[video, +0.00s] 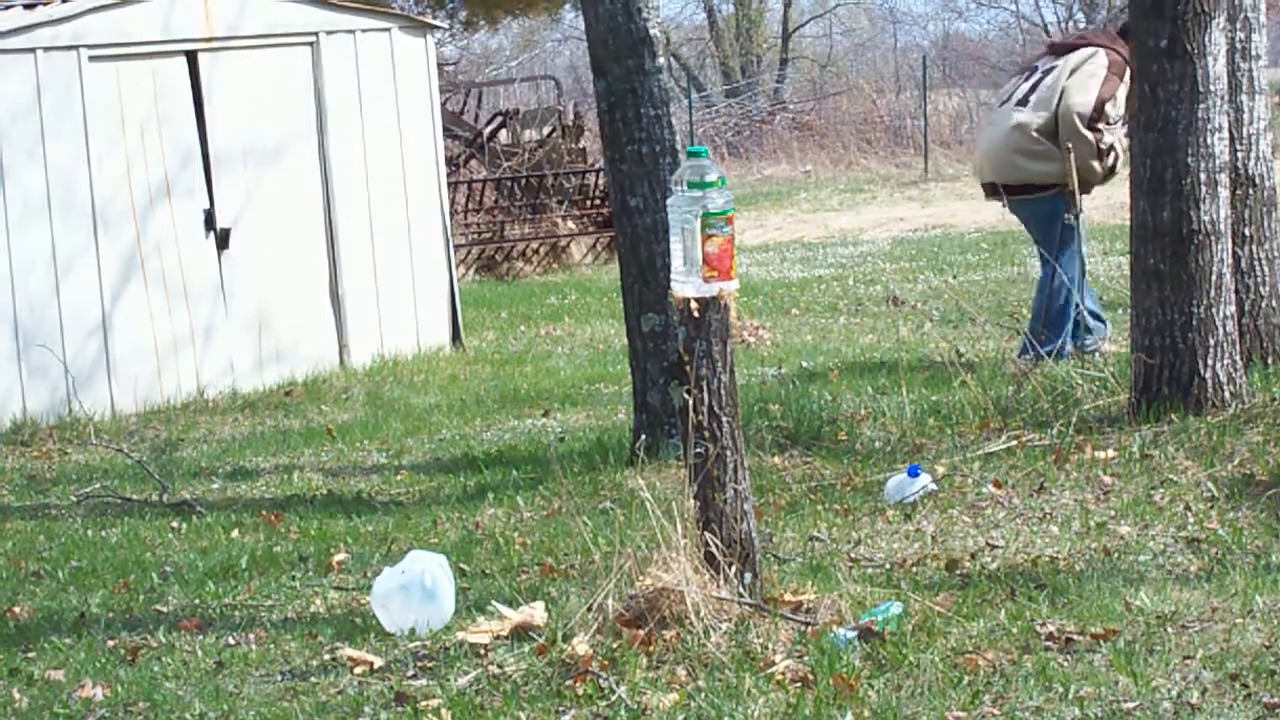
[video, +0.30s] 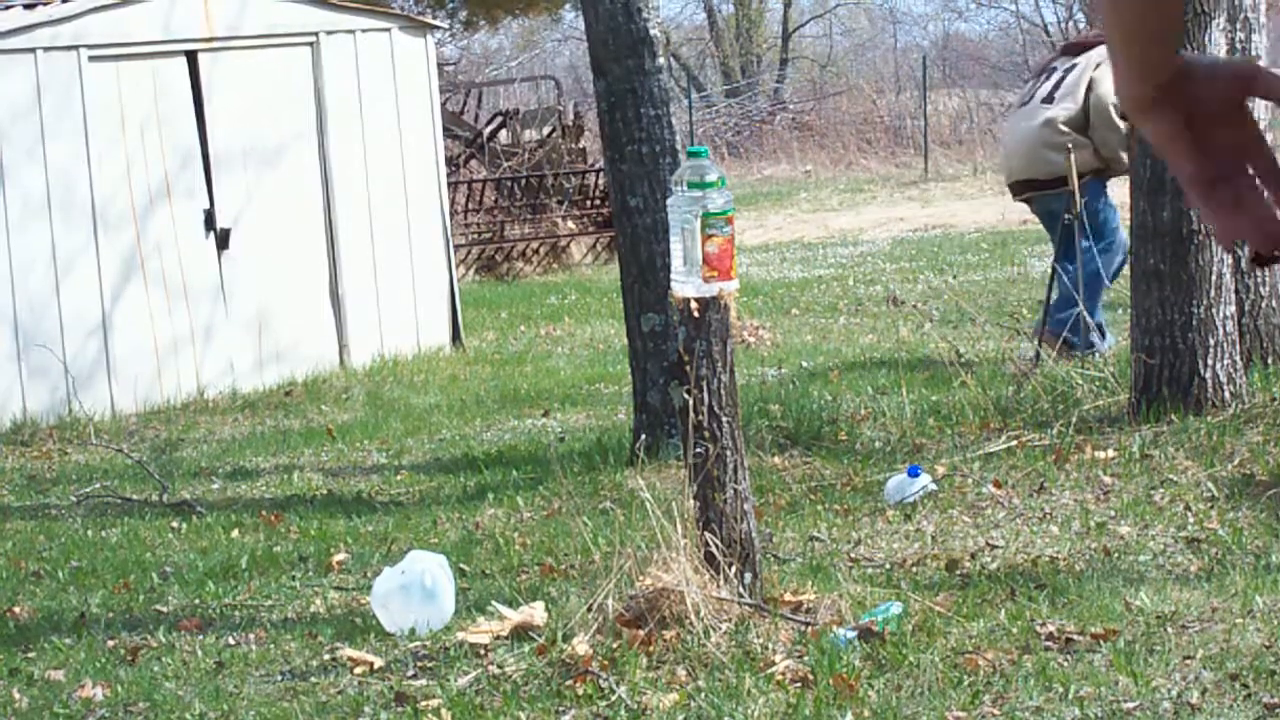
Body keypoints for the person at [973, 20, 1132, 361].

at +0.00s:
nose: (1144, 64)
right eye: (1147, 57)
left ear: (1118, 32)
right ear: (1136, 46)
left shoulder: (1070, 51)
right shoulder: (1109, 57)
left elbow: (1009, 101)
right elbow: (1077, 109)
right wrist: (1094, 170)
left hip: (997, 159)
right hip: (1034, 161)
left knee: (1063, 251)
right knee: (1063, 257)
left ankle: (1088, 335)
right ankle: (1041, 354)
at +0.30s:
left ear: (1095, 36)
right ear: (1125, 39)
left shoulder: (1064, 60)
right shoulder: (1110, 55)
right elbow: (1104, 106)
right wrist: (1122, 161)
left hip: (1019, 162)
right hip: (1060, 158)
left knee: (1071, 251)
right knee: (1111, 244)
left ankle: (1087, 341)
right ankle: (1062, 330)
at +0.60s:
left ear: (1104, 39)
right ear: (1138, 38)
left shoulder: (1067, 64)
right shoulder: (1132, 54)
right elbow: (1133, 118)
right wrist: (1145, 166)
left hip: (1039, 168)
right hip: (1096, 159)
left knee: (1075, 243)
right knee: (1140, 237)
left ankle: (1081, 345)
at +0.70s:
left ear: (1107, 40)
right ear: (1141, 39)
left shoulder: (1068, 68)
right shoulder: (1138, 57)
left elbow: (1033, 129)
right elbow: (1141, 116)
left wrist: (1046, 180)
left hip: (1048, 166)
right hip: (1105, 160)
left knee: (1081, 252)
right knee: (1140, 255)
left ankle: (1081, 346)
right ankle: (1158, 343)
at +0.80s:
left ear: (1094, 52)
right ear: (1136, 46)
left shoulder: (1067, 81)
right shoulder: (1139, 66)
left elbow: (1041, 134)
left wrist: (1058, 181)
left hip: (1069, 174)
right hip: (1120, 170)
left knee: (1088, 260)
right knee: (1146, 261)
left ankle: (1082, 346)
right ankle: (1156, 346)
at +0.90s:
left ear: (1098, 53)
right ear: (1136, 48)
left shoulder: (1077, 81)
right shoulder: (1145, 71)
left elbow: (1051, 135)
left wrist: (1063, 173)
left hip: (1086, 175)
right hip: (1132, 173)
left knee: (1094, 264)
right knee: (1152, 259)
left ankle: (1086, 346)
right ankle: (1159, 344)